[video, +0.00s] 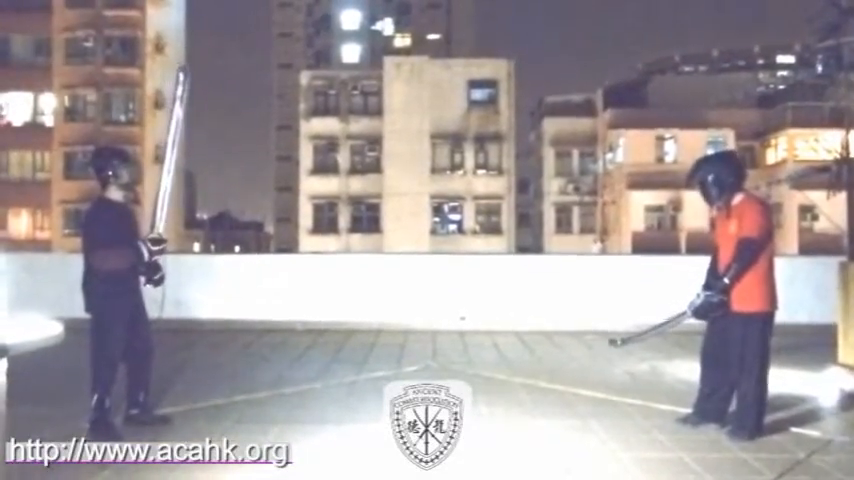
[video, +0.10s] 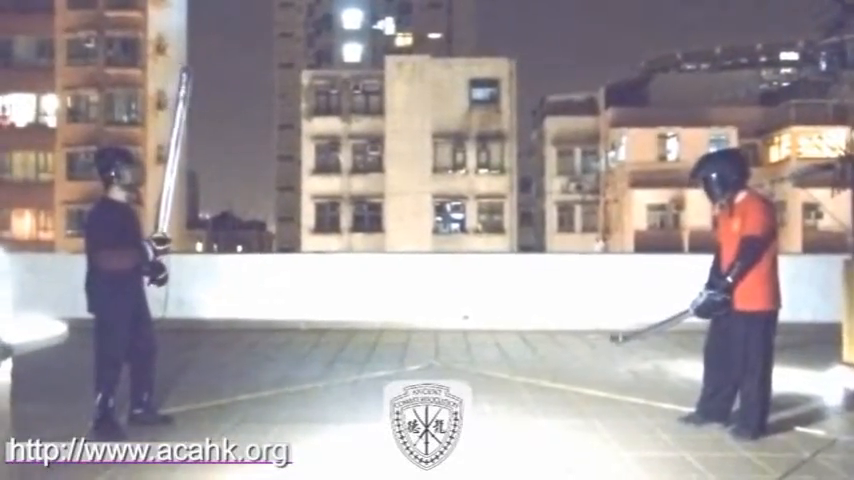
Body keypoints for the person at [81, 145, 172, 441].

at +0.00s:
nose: (132, 175)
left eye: (131, 170)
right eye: (127, 170)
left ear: (114, 173)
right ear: (112, 173)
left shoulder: (125, 211)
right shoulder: (99, 213)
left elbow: (126, 251)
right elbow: (100, 260)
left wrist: (146, 257)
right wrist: (140, 262)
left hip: (128, 292)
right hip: (105, 294)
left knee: (140, 347)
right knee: (108, 352)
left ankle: (138, 407)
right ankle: (100, 415)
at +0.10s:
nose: (137, 174)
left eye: (136, 169)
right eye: (131, 169)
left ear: (118, 174)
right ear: (116, 173)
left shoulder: (127, 212)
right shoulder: (102, 214)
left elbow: (129, 252)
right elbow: (104, 260)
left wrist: (150, 262)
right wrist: (143, 259)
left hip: (131, 292)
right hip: (109, 295)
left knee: (143, 347)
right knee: (111, 352)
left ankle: (142, 407)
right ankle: (103, 414)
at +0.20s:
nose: (142, 174)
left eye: (141, 169)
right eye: (137, 169)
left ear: (124, 174)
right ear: (122, 173)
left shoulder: (132, 213)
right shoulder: (108, 215)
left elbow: (134, 253)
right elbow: (110, 260)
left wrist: (156, 264)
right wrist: (149, 259)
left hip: (137, 294)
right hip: (114, 297)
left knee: (149, 347)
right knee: (117, 353)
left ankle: (147, 406)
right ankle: (109, 414)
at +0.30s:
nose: (146, 177)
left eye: (146, 172)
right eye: (141, 172)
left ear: (129, 176)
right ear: (125, 175)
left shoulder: (136, 215)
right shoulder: (111, 216)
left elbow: (140, 254)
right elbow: (114, 261)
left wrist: (159, 266)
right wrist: (153, 264)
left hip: (141, 296)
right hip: (118, 298)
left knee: (152, 349)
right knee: (121, 354)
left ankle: (152, 407)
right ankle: (114, 415)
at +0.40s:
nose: (150, 180)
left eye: (149, 175)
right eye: (145, 175)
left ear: (131, 178)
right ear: (129, 177)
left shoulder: (139, 217)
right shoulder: (115, 218)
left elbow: (143, 254)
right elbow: (118, 263)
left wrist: (162, 266)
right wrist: (157, 265)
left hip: (145, 298)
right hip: (123, 300)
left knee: (157, 349)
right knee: (125, 354)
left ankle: (156, 408)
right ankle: (119, 414)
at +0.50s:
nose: (155, 182)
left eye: (154, 177)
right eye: (150, 176)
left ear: (134, 180)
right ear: (133, 179)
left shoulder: (142, 216)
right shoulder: (119, 218)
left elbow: (145, 256)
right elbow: (122, 263)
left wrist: (165, 261)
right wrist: (161, 264)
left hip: (149, 297)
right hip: (126, 300)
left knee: (161, 350)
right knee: (129, 354)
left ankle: (160, 408)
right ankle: (122, 414)